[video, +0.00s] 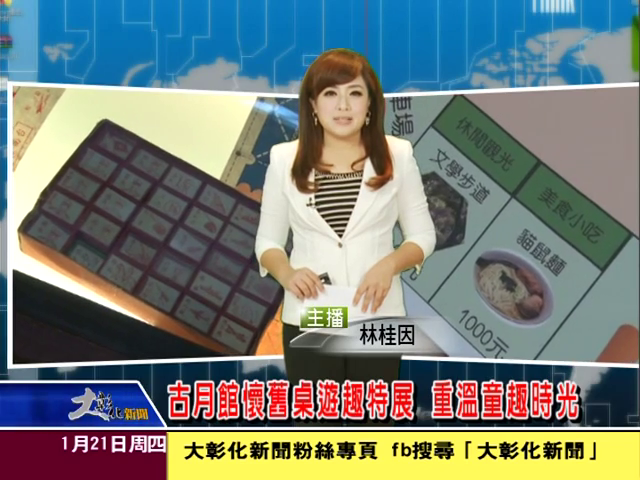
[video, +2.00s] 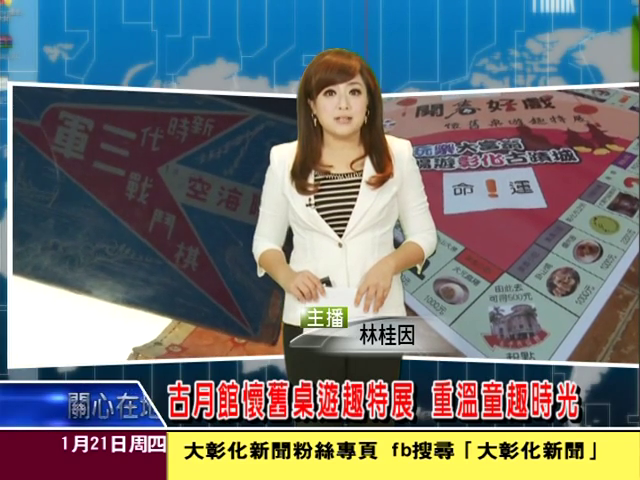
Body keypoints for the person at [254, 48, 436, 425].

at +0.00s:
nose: (343, 105)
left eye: (355, 94)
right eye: (330, 94)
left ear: (370, 103)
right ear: (312, 104)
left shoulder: (395, 155)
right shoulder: (286, 159)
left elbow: (423, 237)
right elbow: (268, 242)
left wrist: (388, 265)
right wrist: (289, 274)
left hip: (377, 325)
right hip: (308, 323)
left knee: (375, 441)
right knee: (314, 440)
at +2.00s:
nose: (343, 104)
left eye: (354, 92)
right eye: (330, 94)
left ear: (369, 101)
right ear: (311, 105)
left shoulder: (395, 155)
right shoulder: (286, 160)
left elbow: (424, 236)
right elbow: (265, 242)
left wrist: (389, 264)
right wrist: (289, 276)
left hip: (377, 325)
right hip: (308, 324)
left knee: (376, 441)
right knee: (313, 440)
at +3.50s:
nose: (343, 104)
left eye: (354, 93)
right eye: (330, 94)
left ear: (369, 102)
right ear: (311, 105)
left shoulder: (395, 155)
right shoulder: (286, 160)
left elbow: (424, 236)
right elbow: (266, 242)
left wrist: (389, 265)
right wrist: (290, 276)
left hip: (378, 324)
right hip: (309, 323)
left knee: (376, 439)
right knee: (314, 439)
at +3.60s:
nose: (343, 105)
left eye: (354, 93)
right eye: (330, 94)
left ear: (369, 102)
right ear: (311, 105)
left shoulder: (395, 155)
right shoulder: (286, 160)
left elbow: (424, 236)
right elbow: (267, 242)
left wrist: (389, 264)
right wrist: (290, 276)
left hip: (378, 323)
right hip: (309, 321)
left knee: (376, 438)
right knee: (314, 437)